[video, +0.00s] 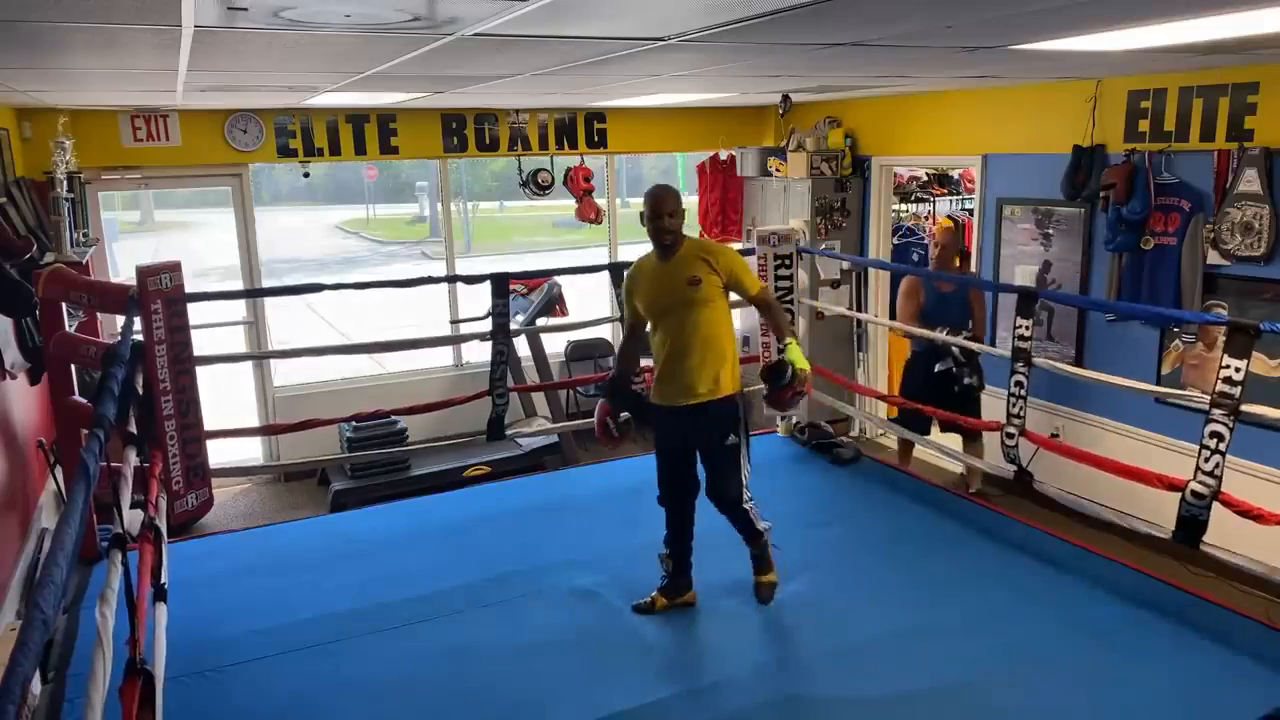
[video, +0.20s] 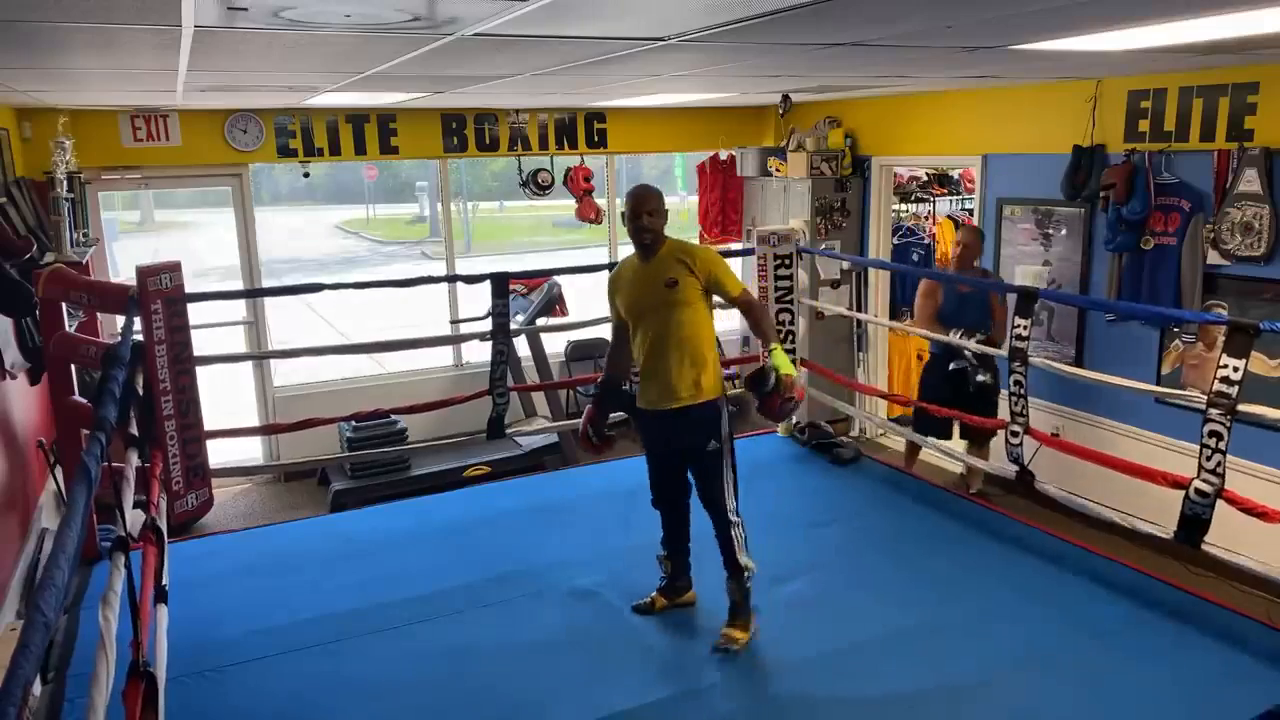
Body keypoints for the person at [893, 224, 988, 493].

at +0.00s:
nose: (935, 251)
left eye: (942, 247)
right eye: (933, 245)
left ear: (957, 251)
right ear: (929, 244)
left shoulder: (970, 286)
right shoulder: (913, 282)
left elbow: (979, 332)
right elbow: (905, 325)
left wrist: (963, 352)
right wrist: (937, 337)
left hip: (960, 366)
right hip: (922, 363)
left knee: (971, 430)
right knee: (908, 426)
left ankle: (974, 488)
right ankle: (900, 477)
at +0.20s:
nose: (958, 250)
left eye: (966, 246)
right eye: (957, 244)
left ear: (979, 252)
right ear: (951, 246)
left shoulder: (992, 283)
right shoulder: (934, 280)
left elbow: (1000, 330)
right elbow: (924, 323)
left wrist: (982, 346)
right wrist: (956, 340)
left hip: (980, 368)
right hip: (942, 364)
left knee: (980, 434)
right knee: (923, 425)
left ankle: (974, 490)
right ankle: (906, 473)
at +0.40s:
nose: (975, 252)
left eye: (983, 248)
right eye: (974, 245)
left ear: (995, 254)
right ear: (966, 245)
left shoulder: (1007, 284)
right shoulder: (948, 281)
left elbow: (1012, 327)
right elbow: (935, 324)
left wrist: (999, 348)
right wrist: (968, 341)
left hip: (991, 368)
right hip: (955, 365)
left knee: (987, 434)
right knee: (941, 428)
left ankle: (974, 489)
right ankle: (924, 480)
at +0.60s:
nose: (978, 253)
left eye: (986, 249)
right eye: (976, 246)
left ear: (1001, 254)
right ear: (970, 246)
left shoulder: (1010, 285)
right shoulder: (952, 282)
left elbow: (1018, 326)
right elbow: (940, 324)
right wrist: (975, 341)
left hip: (995, 370)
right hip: (958, 368)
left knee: (988, 435)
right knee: (956, 436)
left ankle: (977, 489)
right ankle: (955, 494)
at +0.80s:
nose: (973, 252)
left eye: (982, 248)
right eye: (971, 246)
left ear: (996, 254)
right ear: (966, 247)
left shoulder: (1008, 284)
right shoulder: (949, 283)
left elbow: (1019, 323)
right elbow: (940, 326)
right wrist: (978, 341)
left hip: (995, 371)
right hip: (957, 370)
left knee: (994, 437)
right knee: (954, 438)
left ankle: (979, 489)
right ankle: (955, 496)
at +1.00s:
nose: (969, 253)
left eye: (978, 249)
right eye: (967, 247)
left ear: (993, 255)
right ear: (962, 248)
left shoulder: (1006, 284)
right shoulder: (948, 284)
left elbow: (1012, 328)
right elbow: (941, 329)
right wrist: (979, 344)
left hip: (993, 372)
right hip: (957, 371)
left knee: (989, 438)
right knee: (951, 438)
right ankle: (951, 493)